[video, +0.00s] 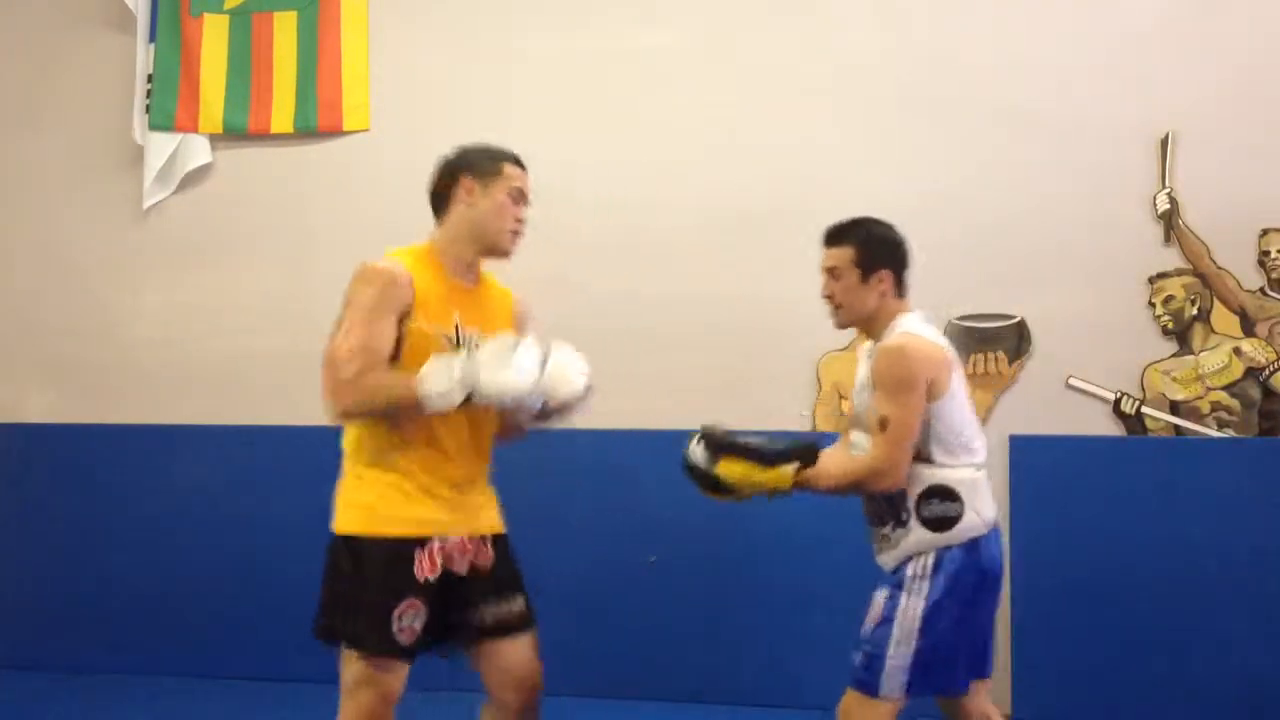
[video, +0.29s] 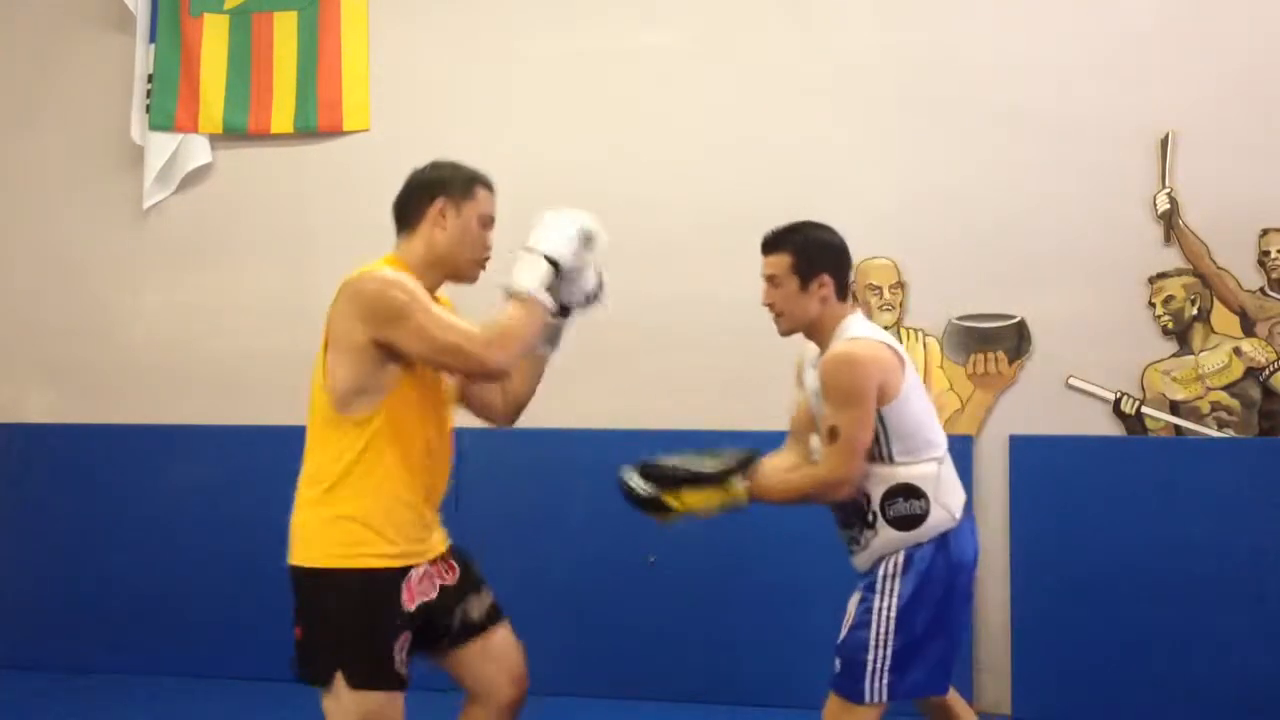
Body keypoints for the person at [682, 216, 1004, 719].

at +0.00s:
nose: (824, 289)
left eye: (836, 275)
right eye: (825, 275)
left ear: (881, 282)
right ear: (878, 286)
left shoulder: (905, 350)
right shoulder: (888, 344)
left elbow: (888, 471)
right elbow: (858, 449)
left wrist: (796, 478)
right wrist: (787, 468)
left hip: (938, 552)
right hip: (959, 546)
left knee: (863, 709)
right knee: (966, 700)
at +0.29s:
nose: (765, 298)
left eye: (776, 283)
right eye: (765, 283)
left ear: (822, 288)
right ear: (818, 291)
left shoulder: (854, 358)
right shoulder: (815, 358)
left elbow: (840, 477)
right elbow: (798, 453)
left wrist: (747, 487)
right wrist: (731, 483)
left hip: (914, 546)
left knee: (849, 708)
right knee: (932, 692)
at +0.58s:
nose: (744, 294)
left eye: (752, 279)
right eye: (743, 280)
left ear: (799, 280)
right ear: (798, 281)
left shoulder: (841, 346)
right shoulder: (811, 344)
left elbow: (828, 462)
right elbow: (792, 434)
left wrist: (733, 432)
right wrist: (718, 435)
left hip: (886, 546)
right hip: (880, 541)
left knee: (827, 708)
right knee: (921, 685)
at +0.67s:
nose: (734, 298)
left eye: (742, 283)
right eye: (733, 284)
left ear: (787, 280)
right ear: (785, 283)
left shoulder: (836, 343)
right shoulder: (814, 342)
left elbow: (815, 454)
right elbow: (795, 435)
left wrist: (741, 396)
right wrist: (725, 396)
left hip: (881, 546)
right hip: (895, 538)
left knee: (828, 710)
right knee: (928, 687)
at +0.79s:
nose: (728, 299)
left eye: (735, 284)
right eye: (727, 285)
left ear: (780, 283)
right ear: (779, 285)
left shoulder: (820, 339)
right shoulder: (805, 336)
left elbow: (754, 430)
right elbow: (753, 424)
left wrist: (694, 368)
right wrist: (695, 378)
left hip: (892, 544)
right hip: (915, 531)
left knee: (840, 708)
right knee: (940, 687)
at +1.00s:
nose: (755, 291)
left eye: (763, 277)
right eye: (755, 277)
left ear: (808, 280)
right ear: (810, 281)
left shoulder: (835, 337)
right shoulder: (854, 326)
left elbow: (773, 424)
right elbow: (781, 404)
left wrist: (696, 377)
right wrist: (714, 372)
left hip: (903, 543)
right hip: (934, 531)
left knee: (850, 702)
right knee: (956, 687)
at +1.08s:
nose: (774, 287)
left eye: (783, 272)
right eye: (775, 272)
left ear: (827, 275)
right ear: (831, 276)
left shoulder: (849, 334)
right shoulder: (877, 322)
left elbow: (830, 433)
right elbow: (846, 413)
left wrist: (747, 412)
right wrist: (775, 396)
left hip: (909, 540)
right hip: (948, 529)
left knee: (861, 706)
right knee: (963, 686)